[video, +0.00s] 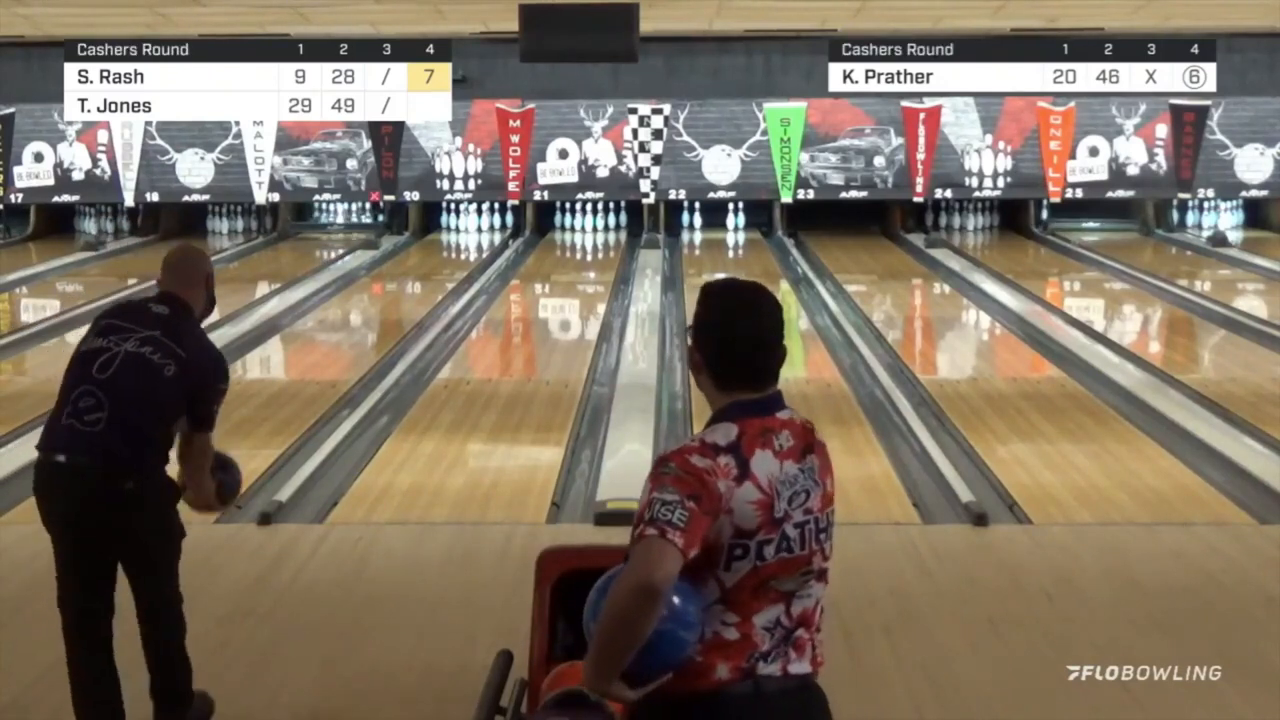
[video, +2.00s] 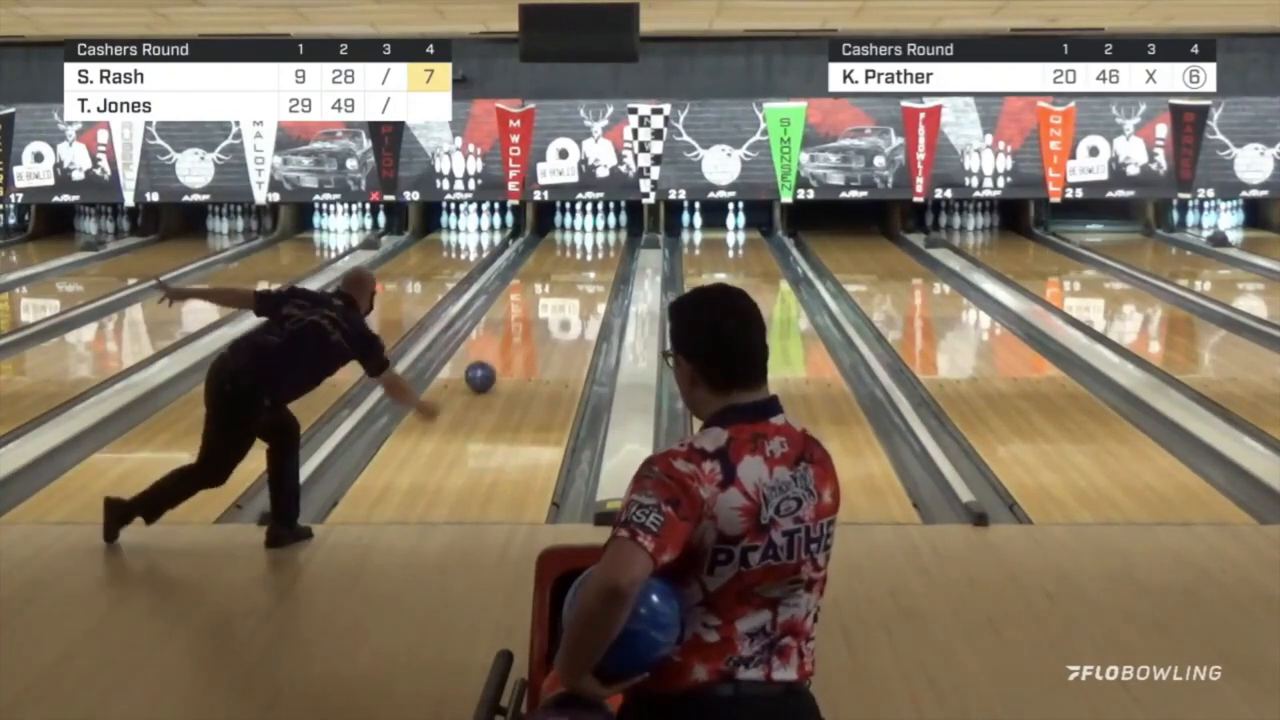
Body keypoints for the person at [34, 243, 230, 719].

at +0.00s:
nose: (214, 299)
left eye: (212, 290)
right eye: (213, 289)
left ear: (158, 283)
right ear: (206, 290)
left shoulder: (110, 315)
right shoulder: (205, 359)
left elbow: (119, 409)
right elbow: (195, 460)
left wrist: (172, 463)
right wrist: (207, 497)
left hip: (56, 474)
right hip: (132, 485)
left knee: (84, 612)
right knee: (159, 604)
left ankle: (96, 713)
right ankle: (174, 707)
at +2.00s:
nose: (373, 301)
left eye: (372, 295)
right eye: (374, 296)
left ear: (341, 287)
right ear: (367, 296)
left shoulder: (301, 297)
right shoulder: (358, 331)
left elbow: (240, 298)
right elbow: (391, 383)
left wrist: (181, 292)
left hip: (224, 373)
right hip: (246, 390)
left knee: (286, 431)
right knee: (211, 471)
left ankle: (283, 526)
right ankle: (125, 511)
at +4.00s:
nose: (354, 190)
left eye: (350, 183)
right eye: (354, 184)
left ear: (318, 184)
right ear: (351, 187)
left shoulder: (284, 231)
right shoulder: (362, 239)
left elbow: (270, 291)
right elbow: (389, 302)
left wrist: (269, 339)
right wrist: (423, 346)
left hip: (301, 351)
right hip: (350, 354)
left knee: (297, 436)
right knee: (362, 445)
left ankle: (282, 524)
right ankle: (373, 530)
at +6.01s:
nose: (314, 210)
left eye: (313, 205)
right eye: (313, 205)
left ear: (281, 200)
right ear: (306, 201)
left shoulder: (240, 234)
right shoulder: (318, 235)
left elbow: (227, 297)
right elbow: (333, 299)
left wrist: (229, 347)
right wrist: (341, 352)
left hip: (258, 348)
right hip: (305, 348)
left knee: (266, 437)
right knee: (311, 442)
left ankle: (279, 525)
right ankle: (323, 527)